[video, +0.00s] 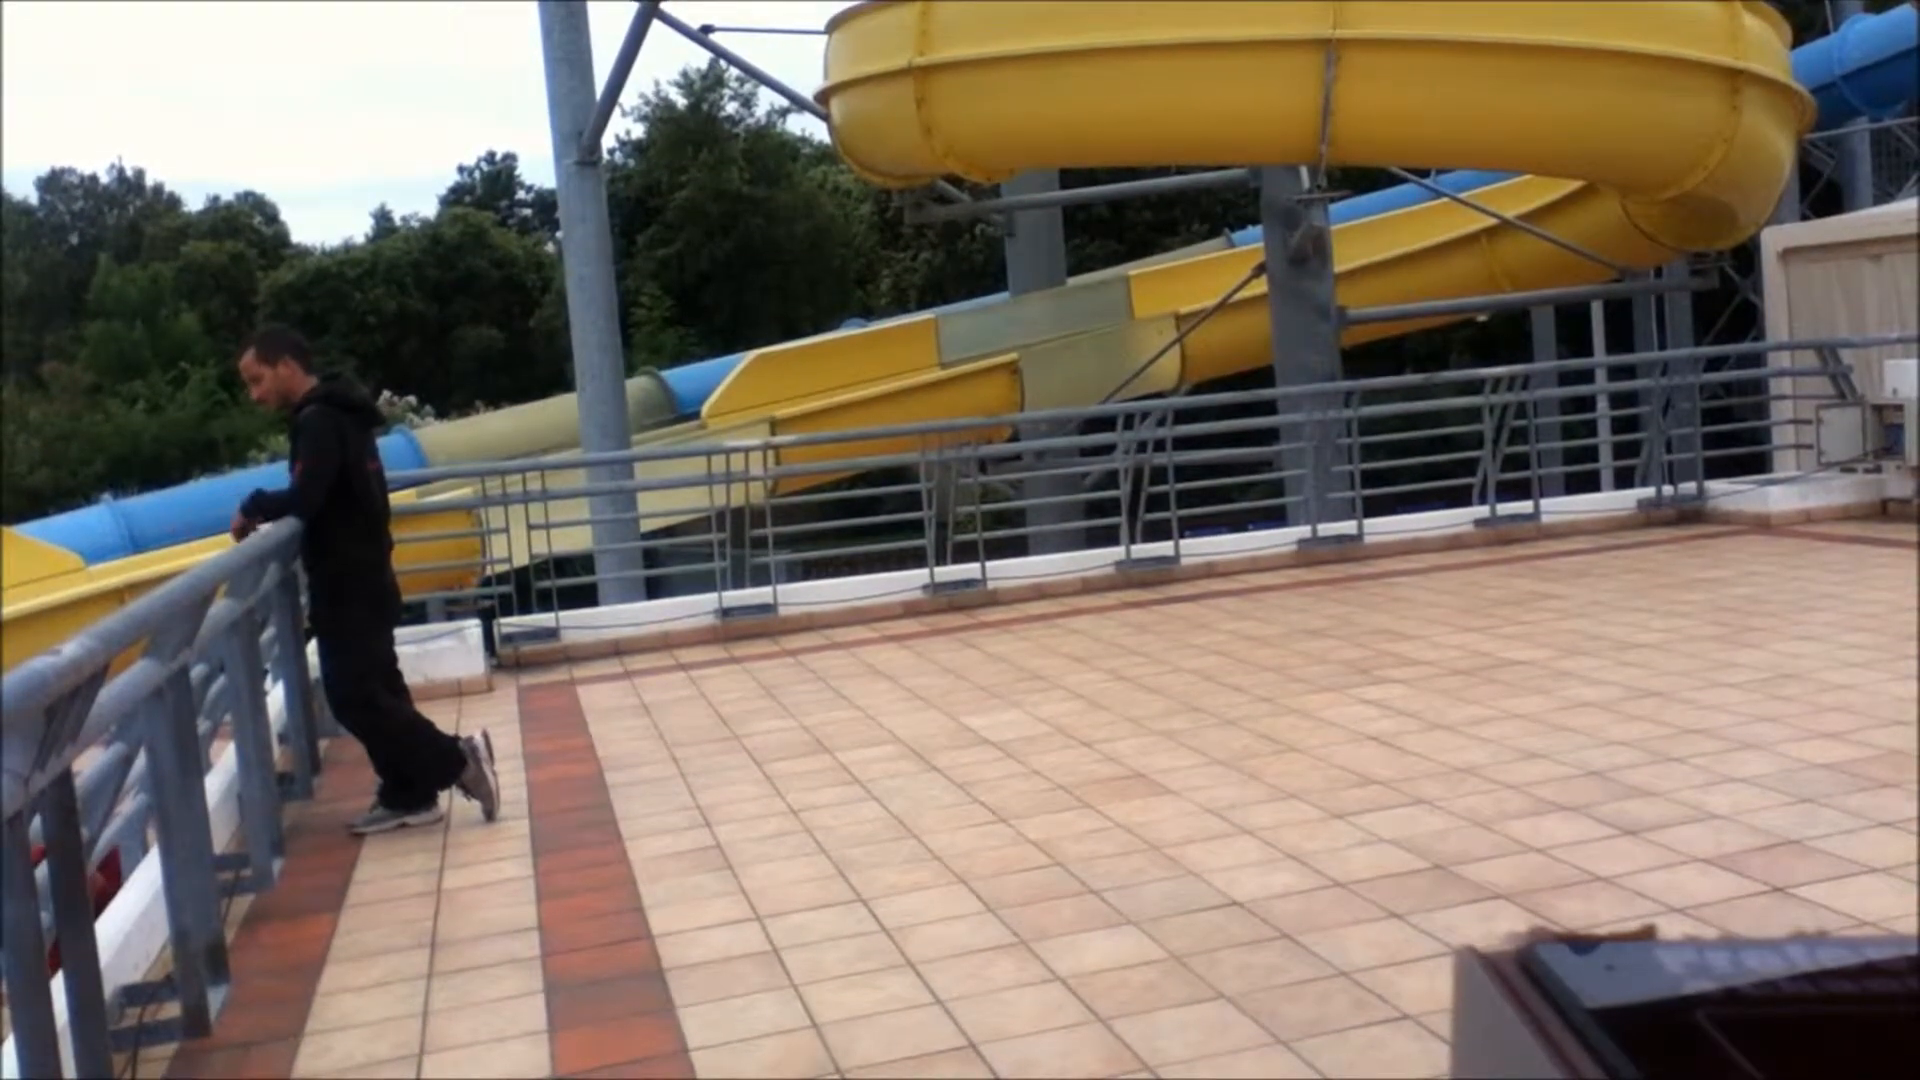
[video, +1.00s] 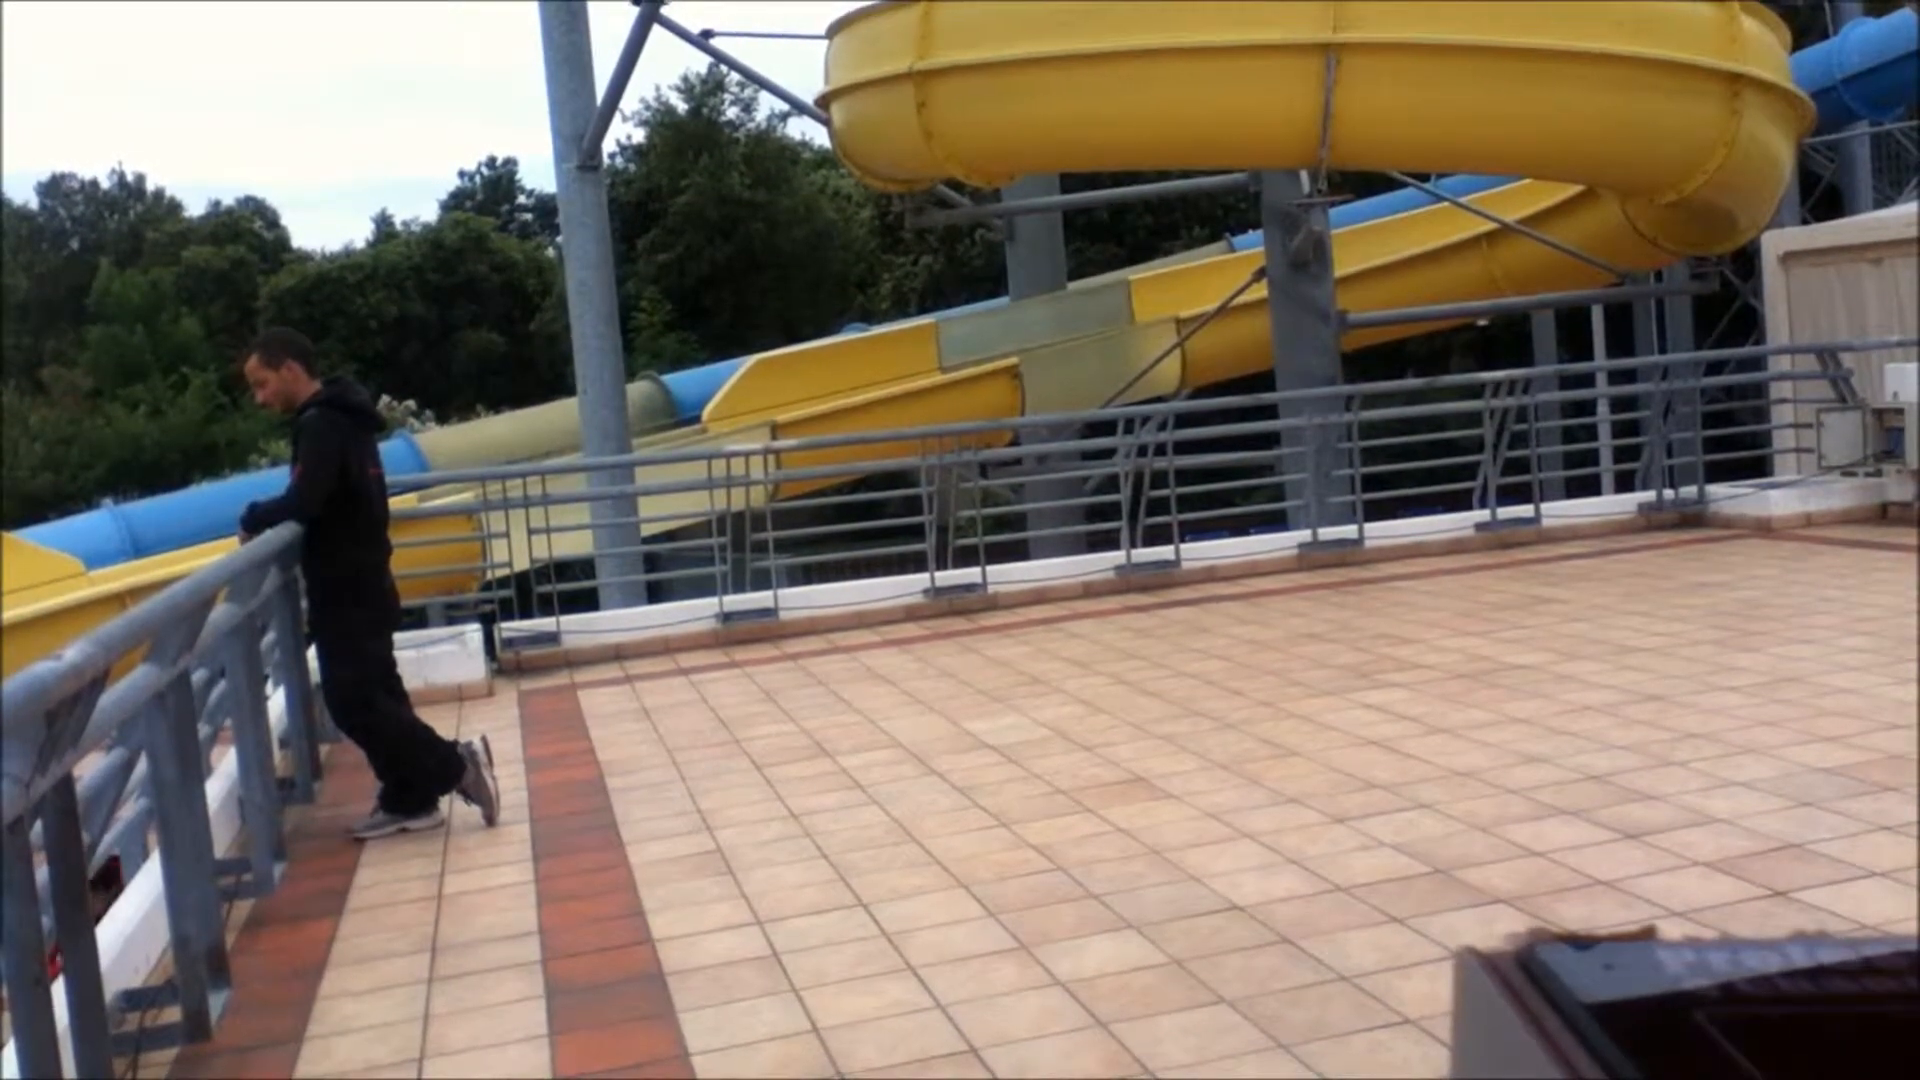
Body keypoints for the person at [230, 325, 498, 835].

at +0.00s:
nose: (253, 395)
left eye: (255, 381)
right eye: (248, 385)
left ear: (286, 367)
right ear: (290, 371)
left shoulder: (318, 420)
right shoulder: (335, 411)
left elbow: (308, 500)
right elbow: (320, 497)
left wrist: (253, 509)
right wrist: (262, 513)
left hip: (347, 586)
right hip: (363, 581)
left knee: (350, 699)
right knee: (377, 687)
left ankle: (456, 760)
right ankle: (406, 797)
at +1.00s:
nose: (259, 398)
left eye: (260, 384)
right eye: (254, 388)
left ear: (290, 371)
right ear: (295, 374)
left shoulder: (321, 423)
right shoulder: (340, 413)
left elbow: (308, 501)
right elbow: (323, 500)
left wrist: (255, 517)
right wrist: (271, 516)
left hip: (346, 590)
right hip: (362, 584)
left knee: (350, 702)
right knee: (377, 691)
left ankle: (454, 766)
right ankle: (408, 802)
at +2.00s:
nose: (257, 403)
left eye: (258, 388)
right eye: (252, 393)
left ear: (289, 373)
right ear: (294, 377)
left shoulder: (322, 426)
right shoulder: (340, 416)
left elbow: (307, 504)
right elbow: (321, 502)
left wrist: (255, 520)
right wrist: (270, 519)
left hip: (348, 592)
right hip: (364, 587)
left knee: (351, 705)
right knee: (377, 693)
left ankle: (455, 766)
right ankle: (407, 804)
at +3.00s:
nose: (252, 366)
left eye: (254, 352)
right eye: (248, 355)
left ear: (283, 339)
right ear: (288, 342)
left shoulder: (318, 392)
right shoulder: (334, 382)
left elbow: (303, 471)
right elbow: (315, 467)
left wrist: (253, 486)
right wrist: (268, 483)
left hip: (343, 558)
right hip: (357, 553)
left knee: (346, 670)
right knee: (371, 659)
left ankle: (449, 734)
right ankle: (402, 769)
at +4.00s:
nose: (254, 354)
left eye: (255, 340)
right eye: (252, 342)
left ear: (278, 333)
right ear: (291, 332)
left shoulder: (320, 384)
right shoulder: (332, 376)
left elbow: (304, 466)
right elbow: (315, 465)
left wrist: (247, 478)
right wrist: (260, 481)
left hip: (351, 552)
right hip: (356, 549)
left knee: (354, 664)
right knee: (359, 660)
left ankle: (457, 726)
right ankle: (401, 766)